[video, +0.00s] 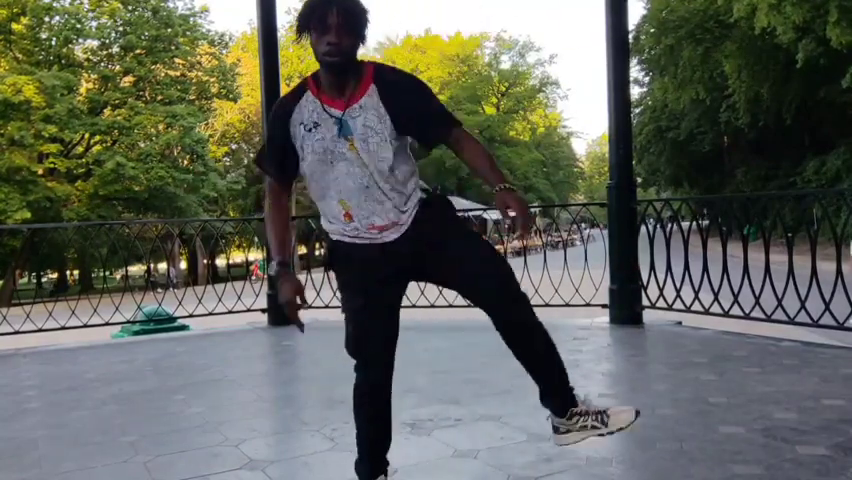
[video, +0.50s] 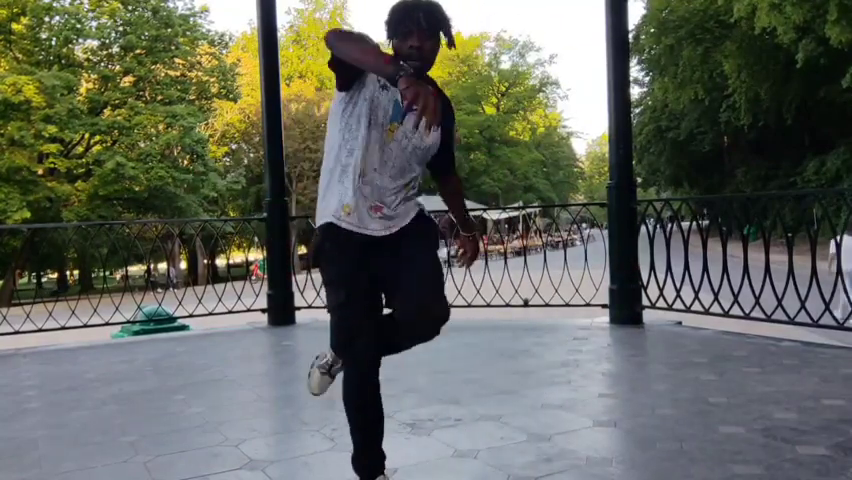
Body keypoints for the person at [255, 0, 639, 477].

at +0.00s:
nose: (334, 38)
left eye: (345, 27)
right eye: (323, 28)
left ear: (360, 35)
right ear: (307, 36)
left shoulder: (394, 86)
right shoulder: (287, 114)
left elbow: (455, 137)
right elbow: (278, 192)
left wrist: (500, 187)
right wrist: (284, 268)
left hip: (424, 227)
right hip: (358, 253)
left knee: (503, 291)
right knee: (373, 368)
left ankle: (565, 411)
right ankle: (371, 472)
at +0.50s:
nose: (418, 46)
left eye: (428, 38)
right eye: (408, 36)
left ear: (440, 44)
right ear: (393, 39)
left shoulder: (438, 106)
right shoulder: (361, 74)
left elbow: (445, 172)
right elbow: (336, 39)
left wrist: (465, 223)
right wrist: (402, 76)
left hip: (405, 224)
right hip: (344, 227)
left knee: (426, 319)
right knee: (360, 353)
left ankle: (346, 348)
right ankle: (370, 469)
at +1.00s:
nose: (433, 61)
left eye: (442, 54)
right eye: (423, 50)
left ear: (448, 59)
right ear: (402, 51)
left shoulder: (416, 101)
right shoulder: (392, 88)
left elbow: (399, 182)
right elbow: (442, 158)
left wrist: (365, 255)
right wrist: (503, 167)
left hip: (421, 235)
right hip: (384, 237)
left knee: (468, 329)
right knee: (418, 355)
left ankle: (386, 414)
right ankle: (402, 472)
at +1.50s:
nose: (458, 82)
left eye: (467, 76)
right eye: (450, 72)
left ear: (474, 79)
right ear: (432, 72)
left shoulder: (450, 122)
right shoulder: (407, 108)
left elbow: (441, 183)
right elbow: (366, 166)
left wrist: (475, 215)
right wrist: (360, 233)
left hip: (441, 234)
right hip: (418, 234)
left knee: (464, 322)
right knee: (494, 320)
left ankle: (420, 414)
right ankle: (462, 425)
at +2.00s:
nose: (435, 89)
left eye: (443, 81)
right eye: (426, 81)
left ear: (454, 84)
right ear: (412, 85)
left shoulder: (470, 122)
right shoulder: (395, 123)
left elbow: (503, 176)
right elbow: (374, 177)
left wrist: (526, 226)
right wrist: (399, 183)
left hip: (450, 242)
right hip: (402, 245)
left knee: (445, 330)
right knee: (376, 319)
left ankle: (463, 410)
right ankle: (429, 414)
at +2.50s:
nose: (414, 86)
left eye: (421, 80)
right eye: (406, 79)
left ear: (433, 85)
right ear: (393, 85)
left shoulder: (453, 127)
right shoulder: (375, 127)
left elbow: (485, 175)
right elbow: (355, 182)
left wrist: (489, 211)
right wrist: (395, 160)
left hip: (438, 241)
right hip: (390, 245)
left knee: (430, 326)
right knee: (407, 332)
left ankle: (431, 413)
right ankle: (424, 402)